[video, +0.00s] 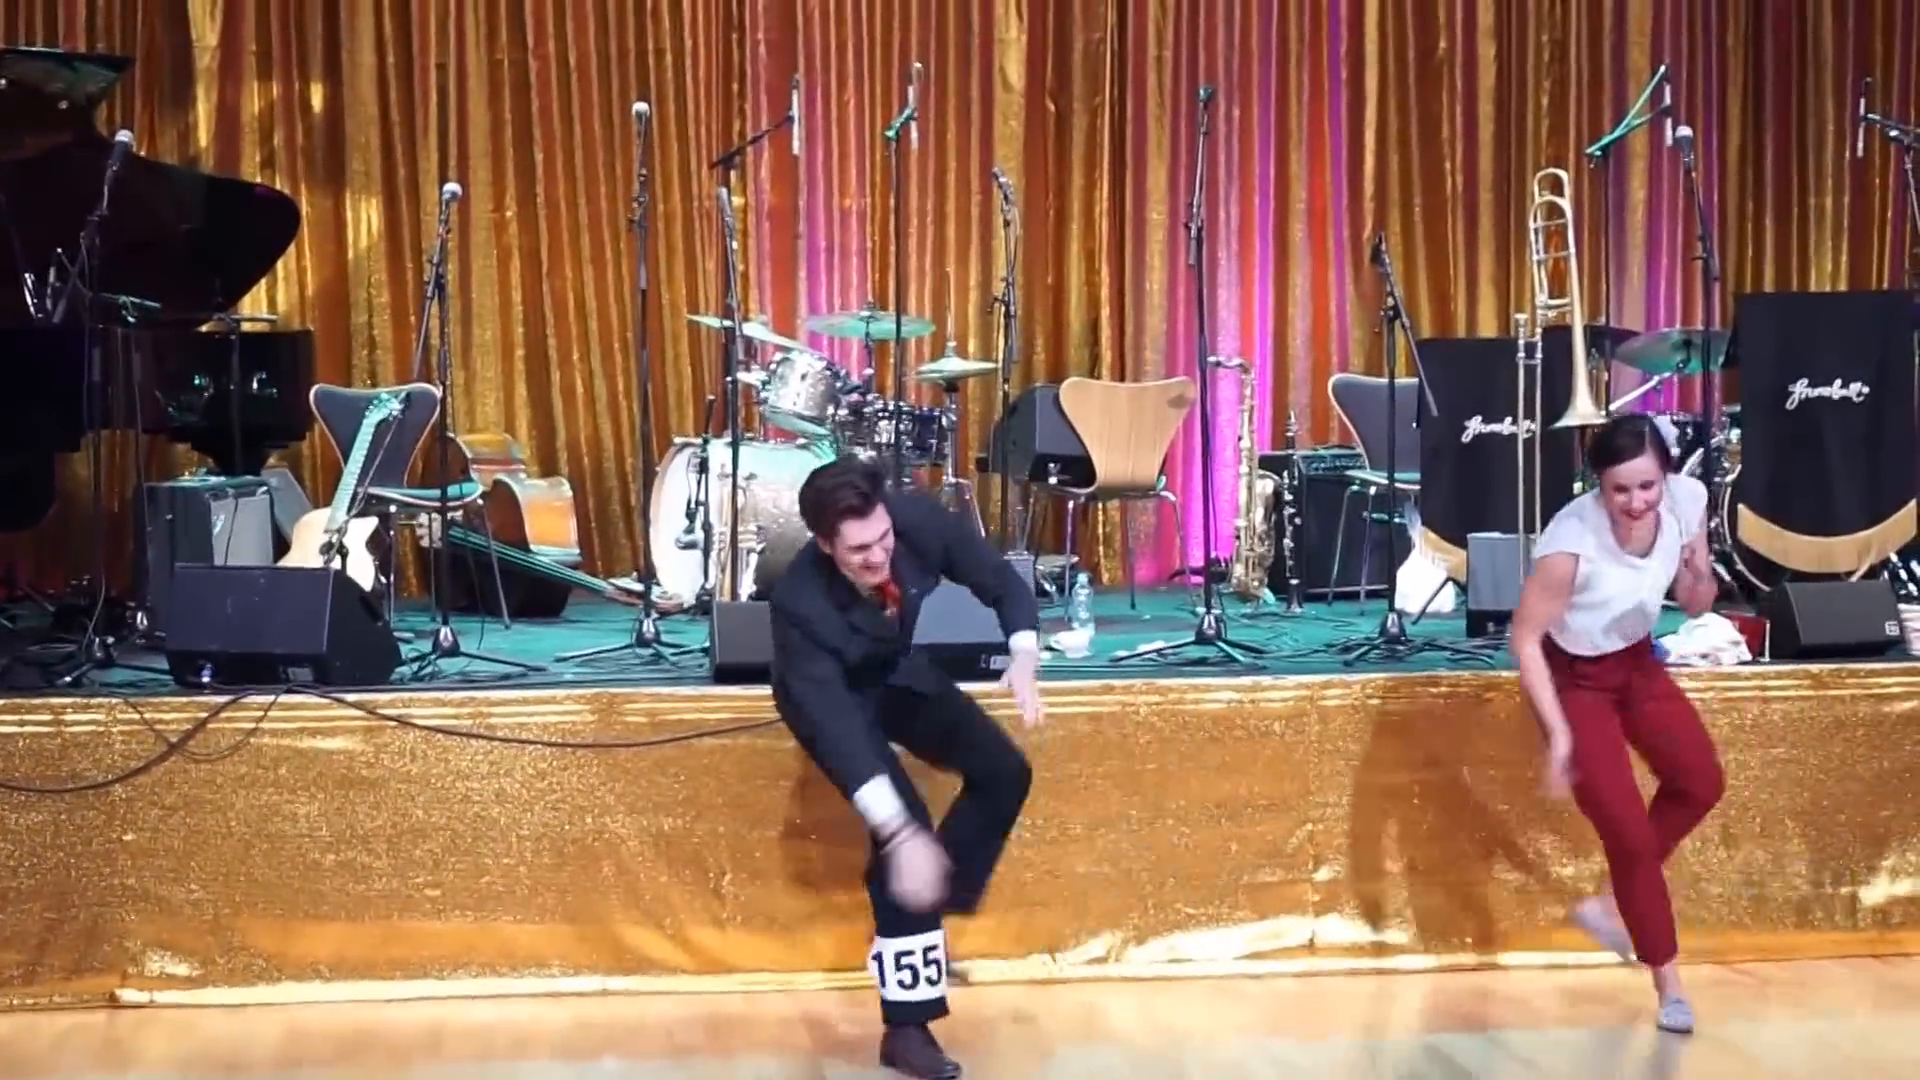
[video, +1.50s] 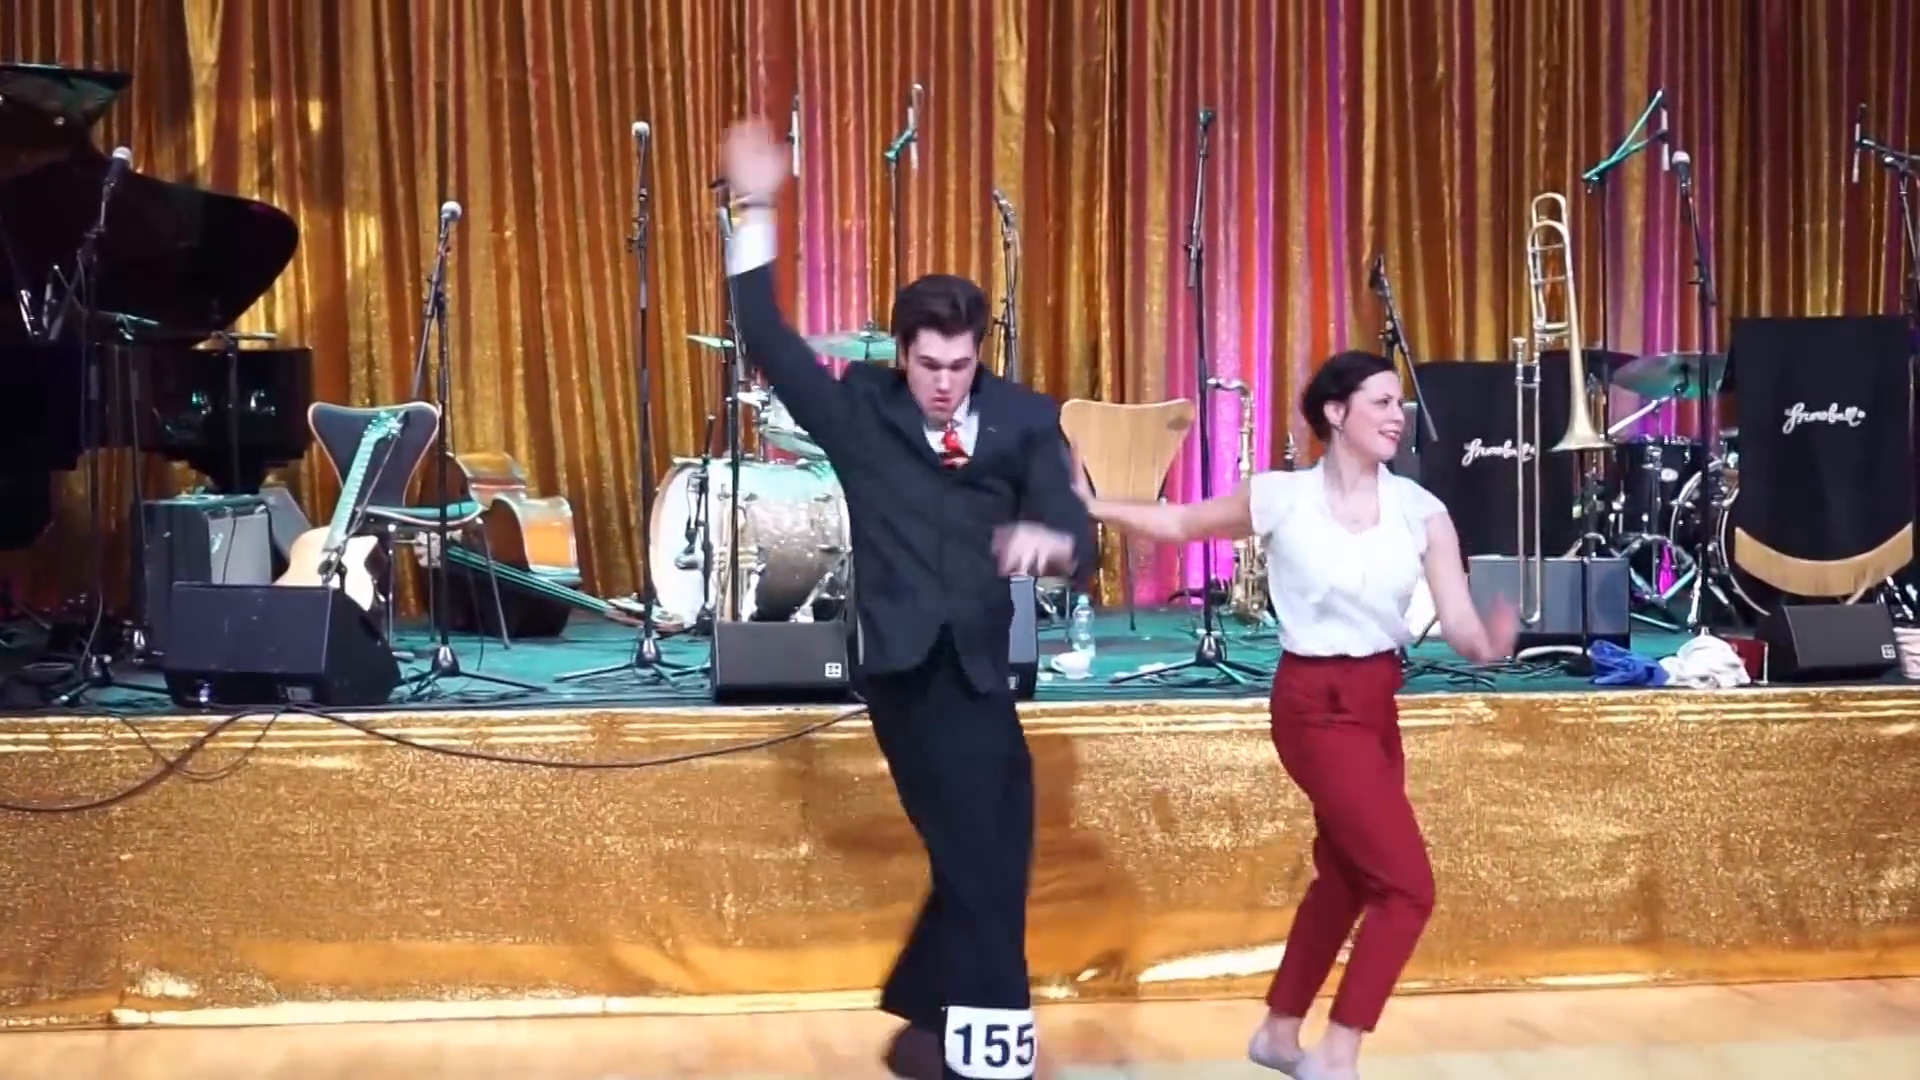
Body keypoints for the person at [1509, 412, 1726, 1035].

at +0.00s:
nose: (1636, 501)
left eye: (1648, 485)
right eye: (1620, 489)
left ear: (1664, 474)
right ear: (1598, 482)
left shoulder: (1685, 499)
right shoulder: (1568, 544)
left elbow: (1692, 602)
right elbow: (1524, 636)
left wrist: (1701, 577)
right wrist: (1557, 730)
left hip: (1638, 662)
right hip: (1571, 677)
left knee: (1699, 784)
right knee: (1632, 838)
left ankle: (1609, 905)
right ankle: (1667, 981)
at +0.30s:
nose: (1556, 481)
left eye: (1567, 467)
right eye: (1541, 469)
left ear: (1580, 469)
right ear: (1513, 473)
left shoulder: (1602, 522)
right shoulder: (1466, 527)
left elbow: (1621, 613)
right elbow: (1420, 562)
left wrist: (1625, 656)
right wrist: (1397, 637)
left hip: (1560, 681)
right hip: (1481, 683)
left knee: (1570, 826)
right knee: (1522, 822)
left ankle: (1507, 950)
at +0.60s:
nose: (1492, 493)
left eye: (1501, 480)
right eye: (1478, 480)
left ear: (1509, 485)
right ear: (1443, 485)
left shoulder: (1524, 552)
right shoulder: (1389, 543)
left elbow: (1512, 624)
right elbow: (1349, 626)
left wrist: (1495, 680)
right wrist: (1333, 722)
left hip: (1462, 678)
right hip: (1376, 675)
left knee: (1468, 823)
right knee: (1373, 831)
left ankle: (1440, 983)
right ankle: (1361, 971)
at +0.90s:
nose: (1438, 488)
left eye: (1446, 475)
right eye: (1423, 475)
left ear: (1452, 482)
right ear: (1386, 479)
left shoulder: (1455, 547)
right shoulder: (1335, 544)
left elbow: (1440, 612)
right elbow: (1294, 648)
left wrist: (1444, 681)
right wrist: (1367, 674)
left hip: (1394, 716)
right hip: (1311, 709)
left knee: (1354, 855)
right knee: (1299, 857)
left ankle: (1322, 1021)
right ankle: (1334, 972)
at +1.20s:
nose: (1409, 462)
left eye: (1415, 450)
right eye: (1393, 449)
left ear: (1418, 460)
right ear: (1353, 455)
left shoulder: (1417, 538)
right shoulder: (1306, 530)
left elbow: (1436, 650)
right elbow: (1320, 655)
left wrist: (1464, 624)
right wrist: (1406, 715)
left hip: (1378, 710)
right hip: (1293, 711)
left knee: (1345, 871)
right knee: (1270, 878)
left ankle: (1354, 1029)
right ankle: (1294, 962)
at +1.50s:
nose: (1398, 417)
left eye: (1400, 404)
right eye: (1382, 403)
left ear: (1392, 415)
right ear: (1334, 413)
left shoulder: (1421, 512)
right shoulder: (1278, 496)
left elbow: (1460, 624)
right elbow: (1177, 520)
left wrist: (1491, 644)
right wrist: (1095, 506)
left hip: (1378, 702)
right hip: (1309, 702)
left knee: (1342, 877)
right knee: (1409, 887)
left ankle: (1278, 1031)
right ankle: (1334, 1057)